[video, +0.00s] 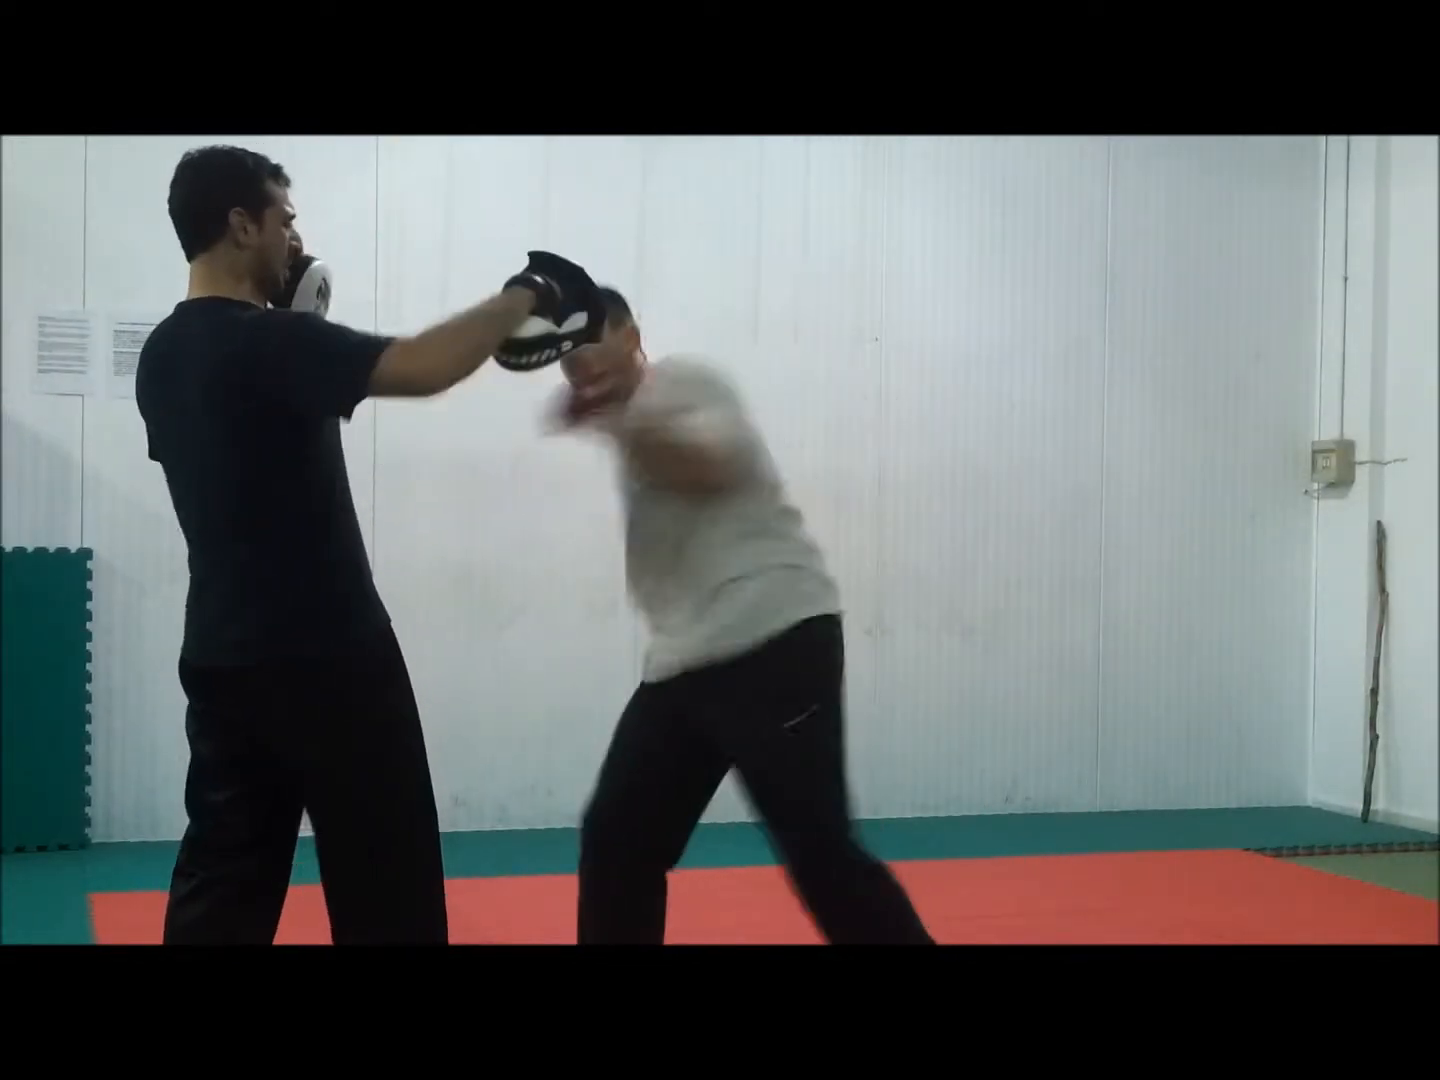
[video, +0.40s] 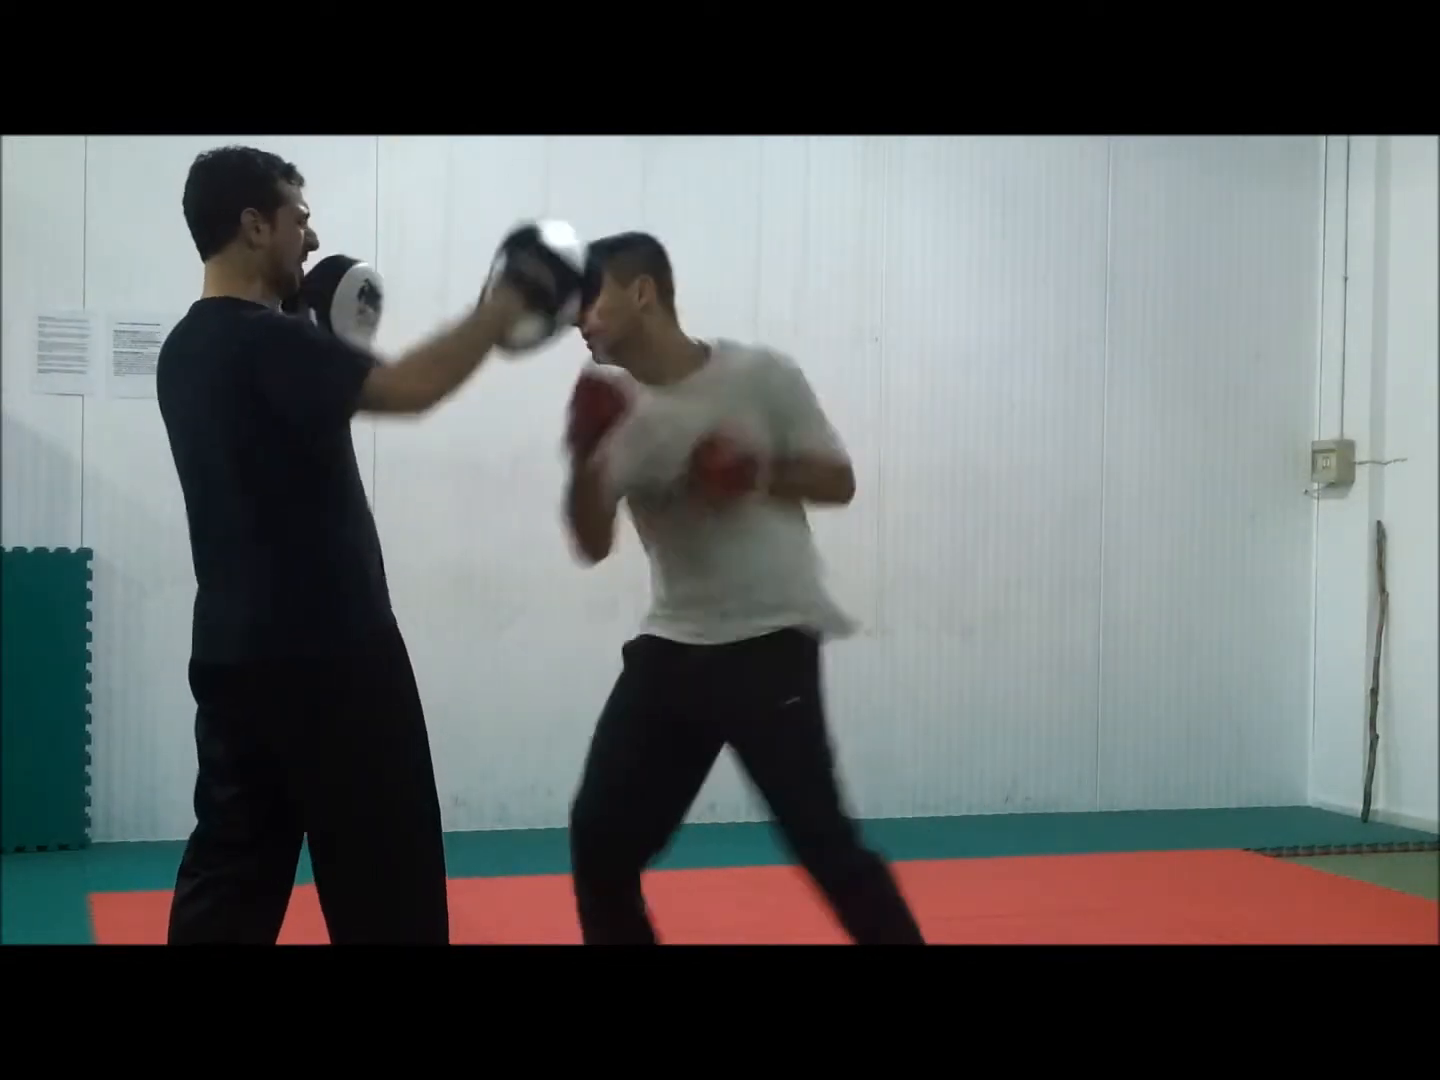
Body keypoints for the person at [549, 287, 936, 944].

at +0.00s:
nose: (582, 369)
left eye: (596, 348)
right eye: (569, 357)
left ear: (634, 339)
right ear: (562, 365)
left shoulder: (686, 385)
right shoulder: (635, 425)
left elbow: (719, 468)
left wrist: (621, 423)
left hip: (776, 636)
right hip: (688, 659)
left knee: (821, 853)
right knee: (619, 843)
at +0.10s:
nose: (591, 333)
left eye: (602, 310)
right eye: (577, 323)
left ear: (635, 303)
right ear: (572, 339)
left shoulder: (716, 355)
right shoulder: (594, 443)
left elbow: (816, 423)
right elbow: (663, 565)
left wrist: (722, 387)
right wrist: (627, 653)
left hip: (799, 632)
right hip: (692, 672)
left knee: (867, 836)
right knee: (634, 867)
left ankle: (917, 940)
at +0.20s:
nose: (575, 313)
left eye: (584, 293)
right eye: (567, 305)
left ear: (632, 283)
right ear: (566, 322)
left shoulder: (725, 351)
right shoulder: (597, 398)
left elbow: (826, 434)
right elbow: (602, 482)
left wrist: (745, 352)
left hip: (811, 589)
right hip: (708, 617)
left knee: (881, 801)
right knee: (670, 830)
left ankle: (916, 936)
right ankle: (654, 944)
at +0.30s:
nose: (579, 302)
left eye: (590, 281)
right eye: (571, 295)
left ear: (640, 280)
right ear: (576, 316)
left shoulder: (735, 341)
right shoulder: (595, 396)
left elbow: (827, 451)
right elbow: (639, 487)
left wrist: (754, 375)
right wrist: (620, 371)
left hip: (801, 609)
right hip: (695, 634)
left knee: (882, 826)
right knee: (642, 851)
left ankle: (914, 939)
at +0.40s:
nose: (582, 321)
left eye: (593, 299)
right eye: (579, 306)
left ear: (647, 292)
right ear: (634, 300)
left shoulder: (762, 377)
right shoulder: (612, 406)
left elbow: (838, 483)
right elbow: (591, 544)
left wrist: (759, 473)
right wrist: (586, 452)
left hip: (772, 646)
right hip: (674, 647)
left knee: (824, 843)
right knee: (600, 844)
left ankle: (901, 941)